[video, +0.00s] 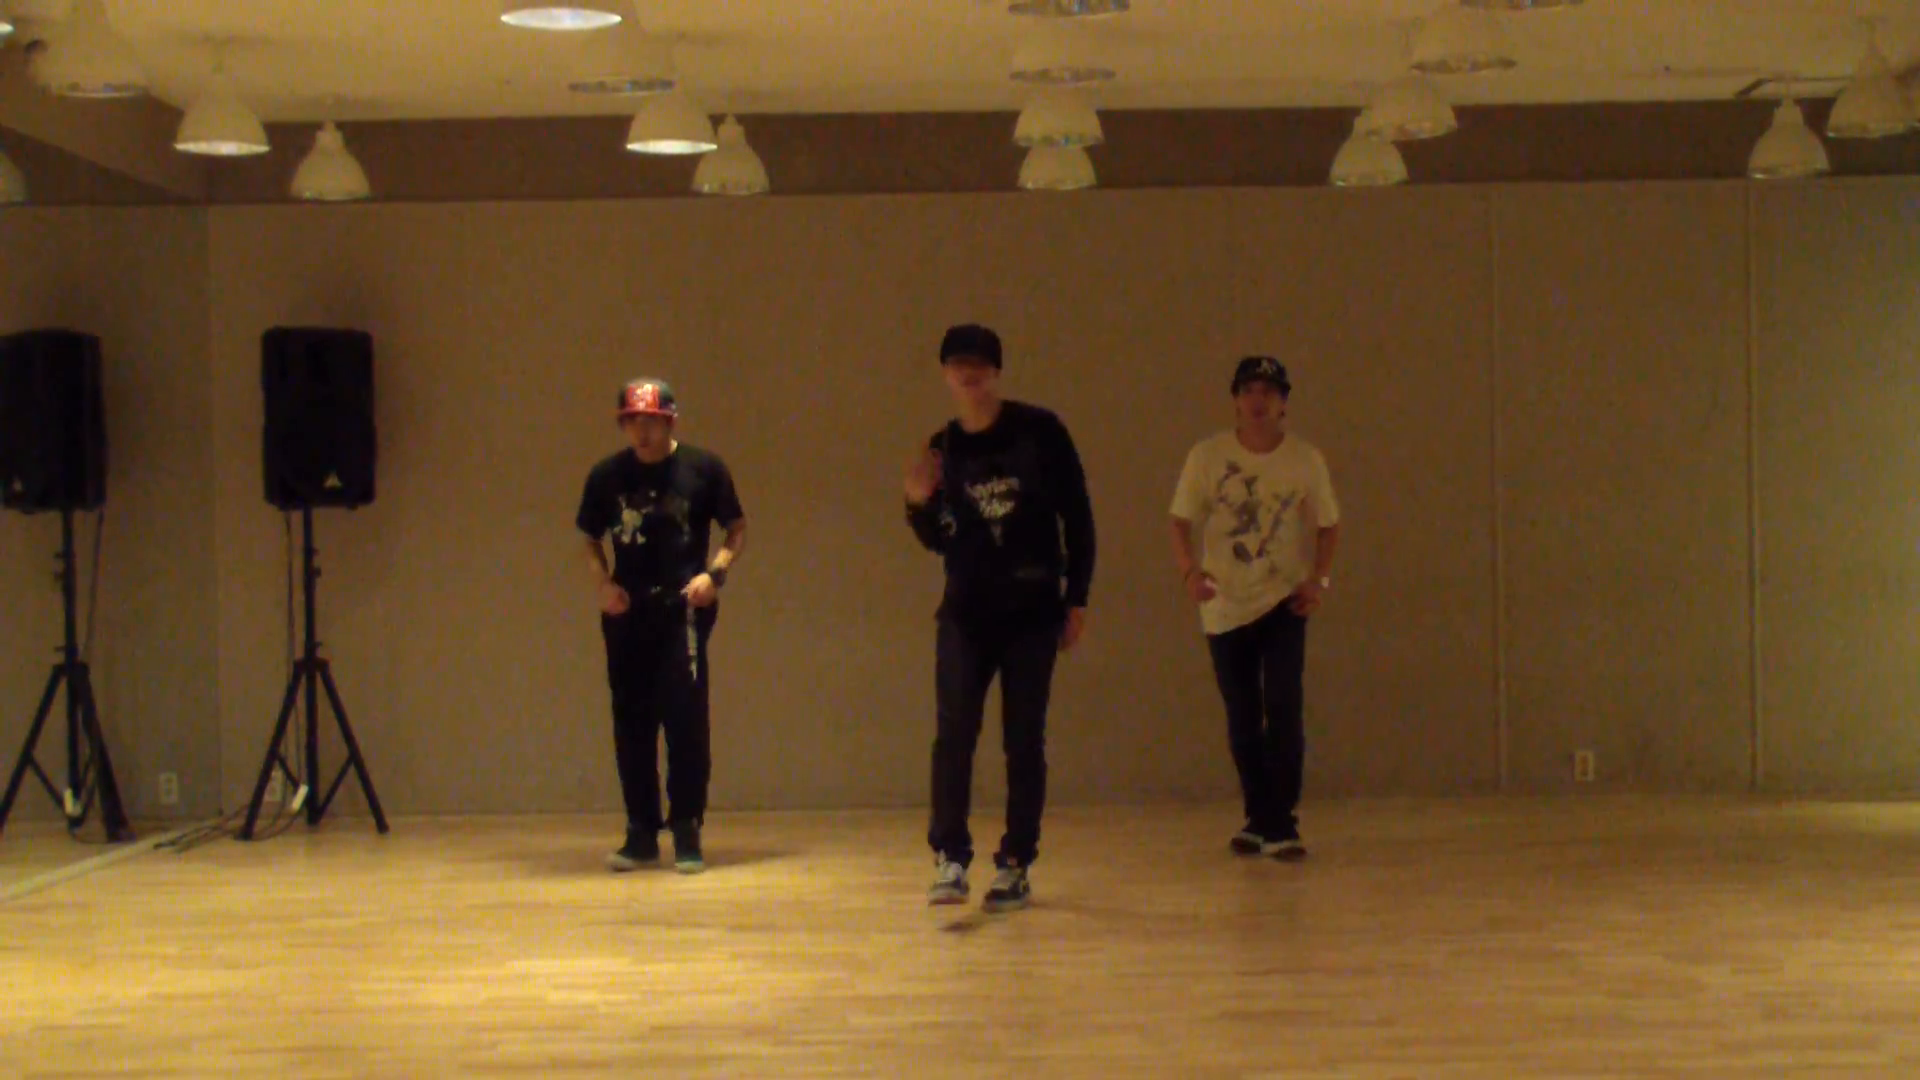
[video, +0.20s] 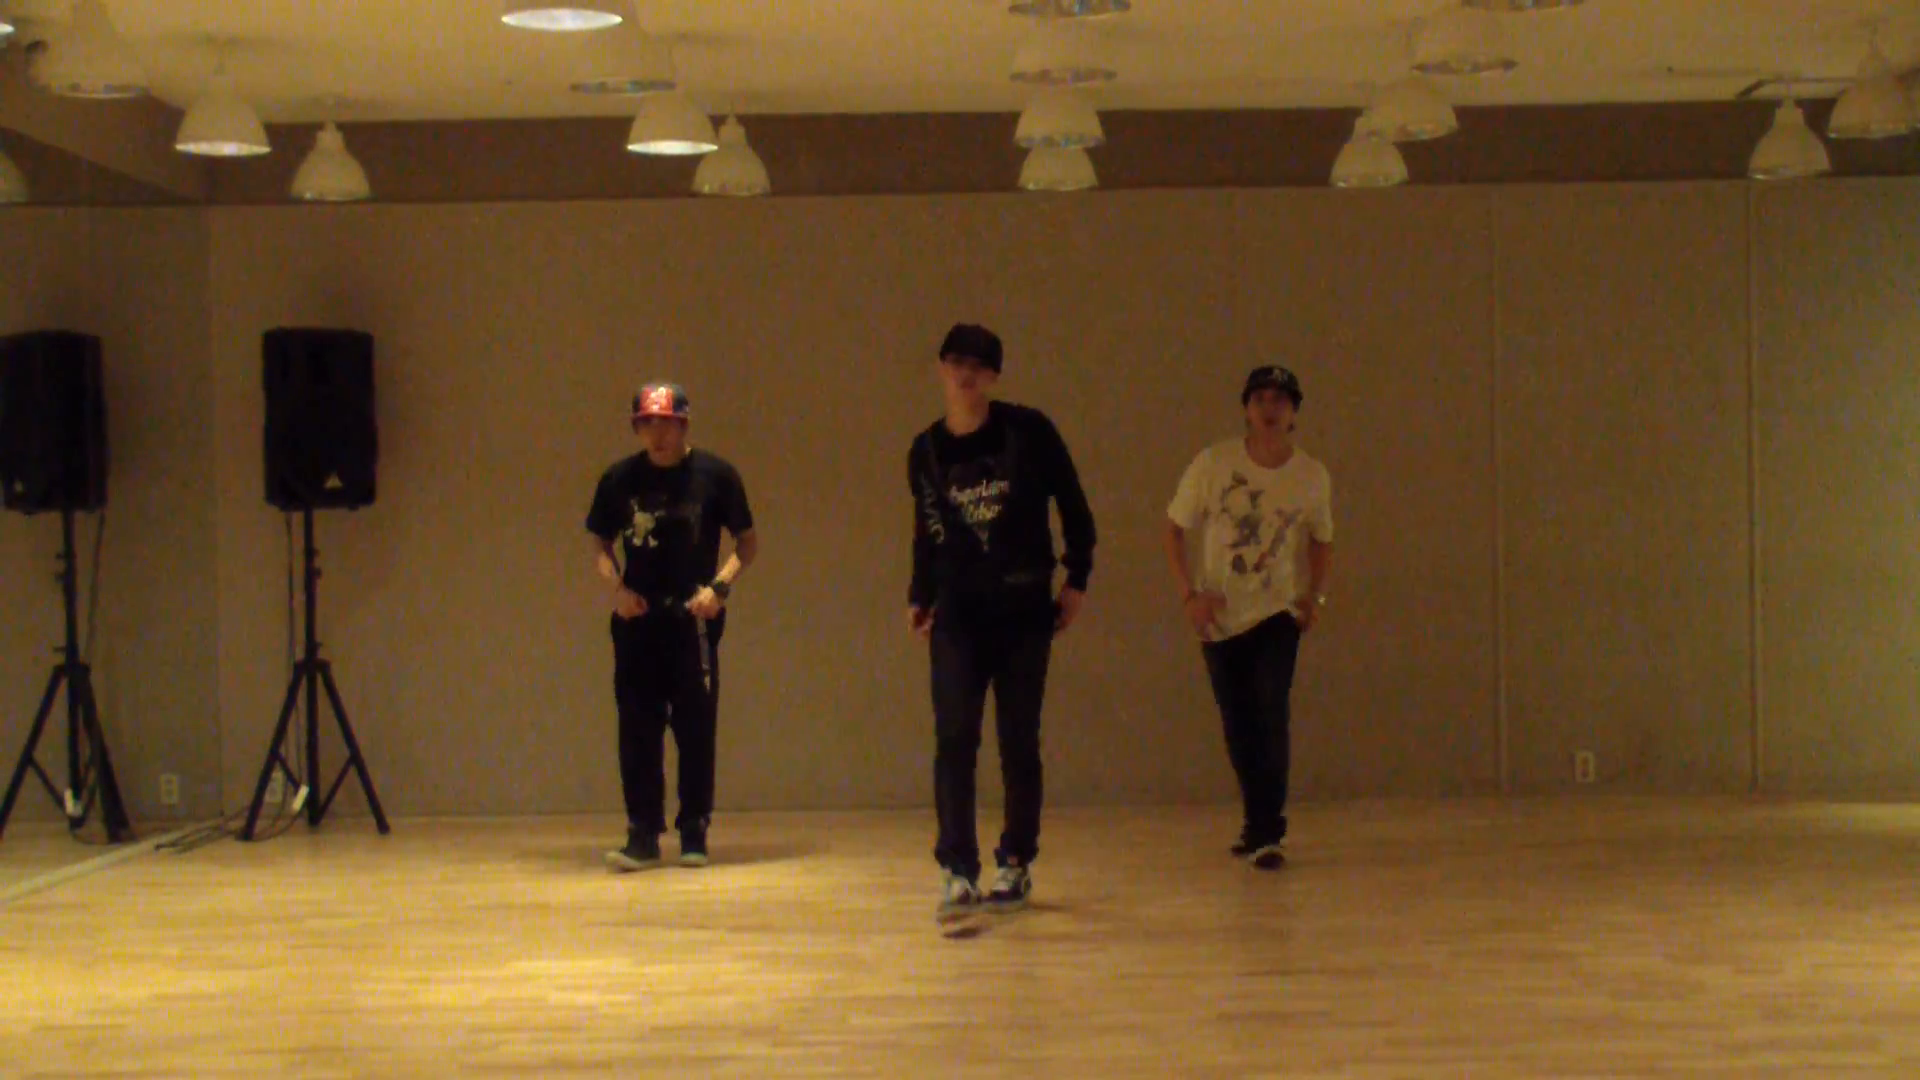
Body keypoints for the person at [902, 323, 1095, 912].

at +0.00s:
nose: (969, 376)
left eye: (979, 366)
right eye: (959, 367)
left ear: (998, 370)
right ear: (945, 374)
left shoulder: (1041, 430)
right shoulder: (943, 448)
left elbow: (1078, 517)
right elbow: (937, 540)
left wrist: (1076, 599)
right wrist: (919, 501)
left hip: (1033, 605)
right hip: (967, 606)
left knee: (1023, 738)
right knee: (954, 732)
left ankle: (1016, 860)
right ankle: (949, 857)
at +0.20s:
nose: (968, 374)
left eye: (980, 365)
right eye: (958, 363)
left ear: (996, 374)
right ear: (941, 369)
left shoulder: (1031, 431)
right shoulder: (926, 452)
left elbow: (1077, 513)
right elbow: (926, 532)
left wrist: (1076, 583)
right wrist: (920, 595)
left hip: (1023, 609)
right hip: (956, 614)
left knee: (1018, 738)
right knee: (954, 739)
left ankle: (1015, 861)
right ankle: (957, 869)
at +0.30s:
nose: (974, 373)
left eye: (985, 365)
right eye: (966, 362)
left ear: (1002, 375)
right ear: (949, 368)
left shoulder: (1030, 435)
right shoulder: (920, 448)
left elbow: (1069, 514)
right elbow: (911, 535)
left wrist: (1069, 577)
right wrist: (912, 609)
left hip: (1017, 612)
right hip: (948, 615)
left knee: (1010, 742)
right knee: (954, 749)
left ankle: (1013, 855)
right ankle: (964, 879)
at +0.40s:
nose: (985, 370)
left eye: (996, 363)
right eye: (976, 359)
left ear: (1009, 374)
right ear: (956, 364)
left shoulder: (1026, 439)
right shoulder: (917, 442)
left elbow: (1053, 517)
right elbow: (898, 529)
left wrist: (1059, 583)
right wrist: (904, 608)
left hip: (1012, 613)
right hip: (943, 614)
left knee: (1007, 744)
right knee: (952, 750)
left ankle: (1016, 852)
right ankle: (964, 881)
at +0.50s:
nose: (988, 368)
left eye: (998, 361)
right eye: (978, 358)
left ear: (1012, 372)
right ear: (957, 364)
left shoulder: (1026, 441)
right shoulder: (918, 436)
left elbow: (1043, 525)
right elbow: (893, 525)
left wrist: (1048, 595)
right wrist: (896, 605)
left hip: (1008, 615)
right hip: (940, 614)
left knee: (1005, 748)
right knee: (949, 753)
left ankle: (1027, 845)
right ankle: (964, 882)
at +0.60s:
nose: (984, 363)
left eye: (995, 355)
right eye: (974, 353)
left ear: (1011, 366)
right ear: (955, 362)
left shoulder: (1028, 444)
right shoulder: (918, 434)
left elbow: (1041, 532)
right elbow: (893, 523)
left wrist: (1041, 607)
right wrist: (894, 606)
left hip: (1005, 617)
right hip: (937, 616)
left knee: (1002, 751)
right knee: (949, 756)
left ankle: (1020, 861)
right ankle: (965, 884)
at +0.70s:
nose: (980, 366)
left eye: (991, 356)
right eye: (969, 355)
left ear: (1006, 365)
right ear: (950, 363)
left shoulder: (1031, 446)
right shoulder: (916, 436)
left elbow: (1044, 538)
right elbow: (893, 527)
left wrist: (1040, 617)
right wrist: (893, 609)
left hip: (1004, 620)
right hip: (936, 620)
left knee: (1000, 754)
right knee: (948, 757)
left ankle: (1012, 876)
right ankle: (966, 884)